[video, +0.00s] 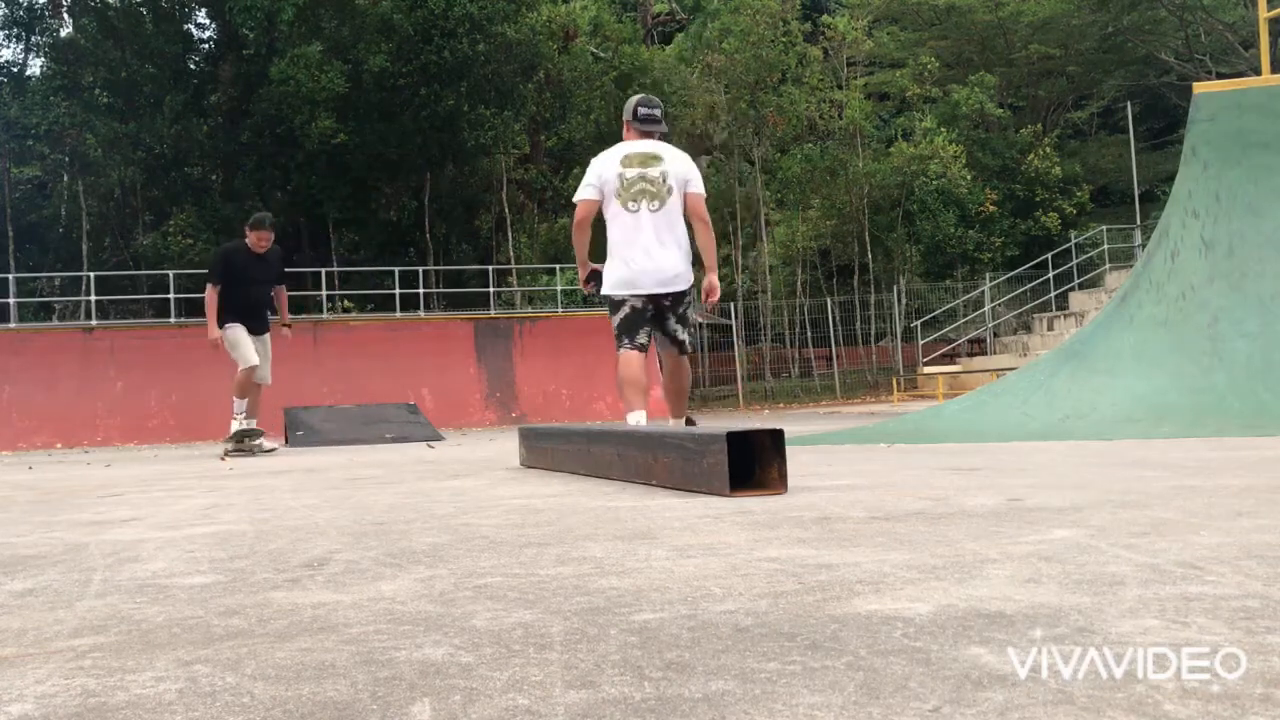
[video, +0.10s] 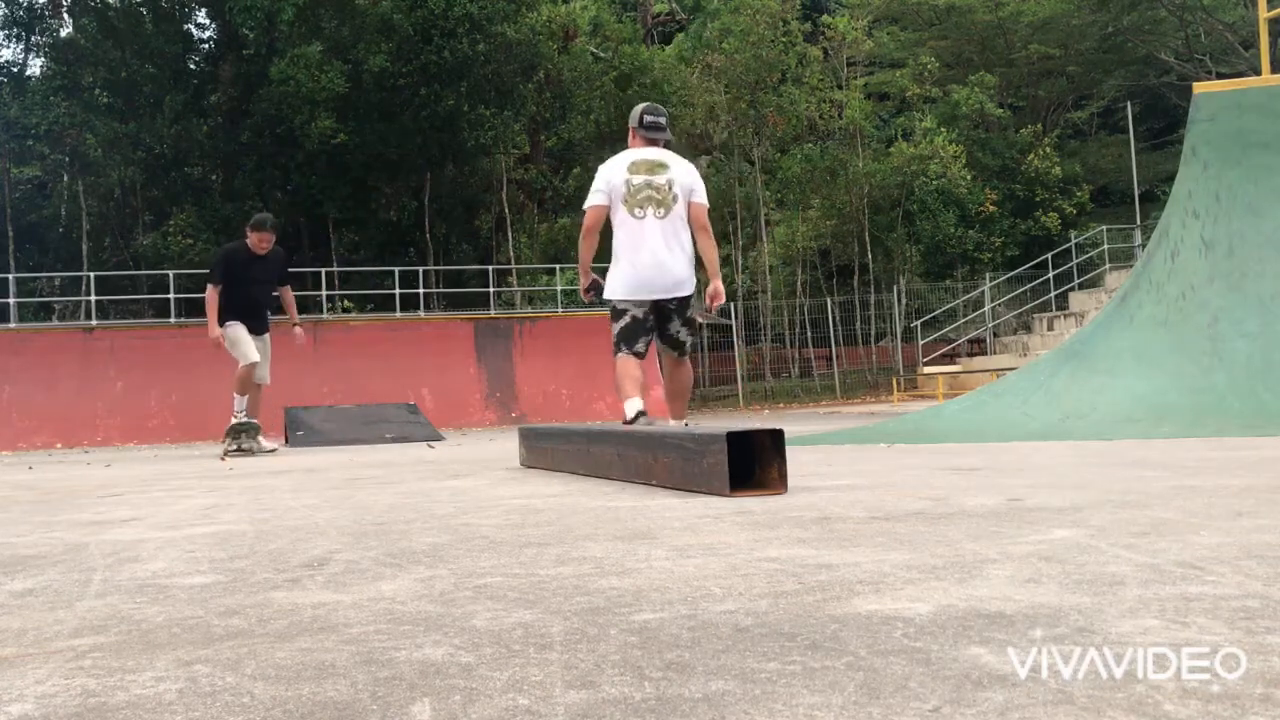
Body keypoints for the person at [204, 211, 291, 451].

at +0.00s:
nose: (264, 244)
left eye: (268, 239)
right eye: (259, 239)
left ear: (273, 236)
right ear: (247, 233)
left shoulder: (274, 255)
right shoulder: (228, 254)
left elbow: (279, 288)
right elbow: (211, 290)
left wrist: (284, 320)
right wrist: (212, 327)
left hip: (259, 324)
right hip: (231, 322)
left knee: (258, 379)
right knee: (249, 364)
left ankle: (251, 433)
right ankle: (237, 419)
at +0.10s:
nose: (264, 246)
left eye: (269, 241)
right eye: (260, 241)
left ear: (274, 238)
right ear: (249, 234)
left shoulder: (277, 257)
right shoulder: (230, 254)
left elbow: (284, 289)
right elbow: (212, 289)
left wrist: (295, 322)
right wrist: (212, 326)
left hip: (259, 324)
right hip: (232, 322)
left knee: (258, 380)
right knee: (250, 361)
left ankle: (252, 433)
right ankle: (238, 413)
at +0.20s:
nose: (265, 248)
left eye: (270, 243)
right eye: (261, 242)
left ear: (276, 239)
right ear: (249, 235)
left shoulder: (278, 257)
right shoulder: (230, 254)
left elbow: (288, 289)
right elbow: (211, 290)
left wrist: (304, 320)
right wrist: (211, 326)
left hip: (260, 324)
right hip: (232, 320)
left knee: (259, 381)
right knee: (250, 357)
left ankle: (251, 433)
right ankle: (238, 411)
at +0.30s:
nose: (265, 250)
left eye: (270, 245)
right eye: (261, 245)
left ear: (276, 241)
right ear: (250, 237)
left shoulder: (278, 258)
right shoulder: (230, 256)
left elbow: (291, 289)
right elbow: (210, 291)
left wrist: (306, 320)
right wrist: (208, 327)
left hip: (259, 324)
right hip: (230, 319)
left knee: (259, 381)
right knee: (250, 354)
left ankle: (250, 432)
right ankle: (237, 413)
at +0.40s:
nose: (264, 251)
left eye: (269, 247)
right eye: (260, 246)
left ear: (275, 243)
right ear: (250, 239)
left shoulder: (279, 259)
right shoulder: (230, 257)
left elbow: (291, 291)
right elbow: (207, 293)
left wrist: (305, 321)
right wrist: (205, 331)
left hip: (259, 325)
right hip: (229, 320)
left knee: (261, 381)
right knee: (248, 360)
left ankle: (251, 433)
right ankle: (239, 424)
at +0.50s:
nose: (262, 252)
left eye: (267, 248)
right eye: (258, 247)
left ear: (274, 244)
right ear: (248, 239)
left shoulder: (279, 260)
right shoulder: (229, 258)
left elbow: (290, 292)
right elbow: (202, 292)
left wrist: (301, 324)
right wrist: (202, 331)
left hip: (258, 325)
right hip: (228, 321)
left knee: (260, 381)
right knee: (248, 362)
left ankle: (252, 432)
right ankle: (238, 424)